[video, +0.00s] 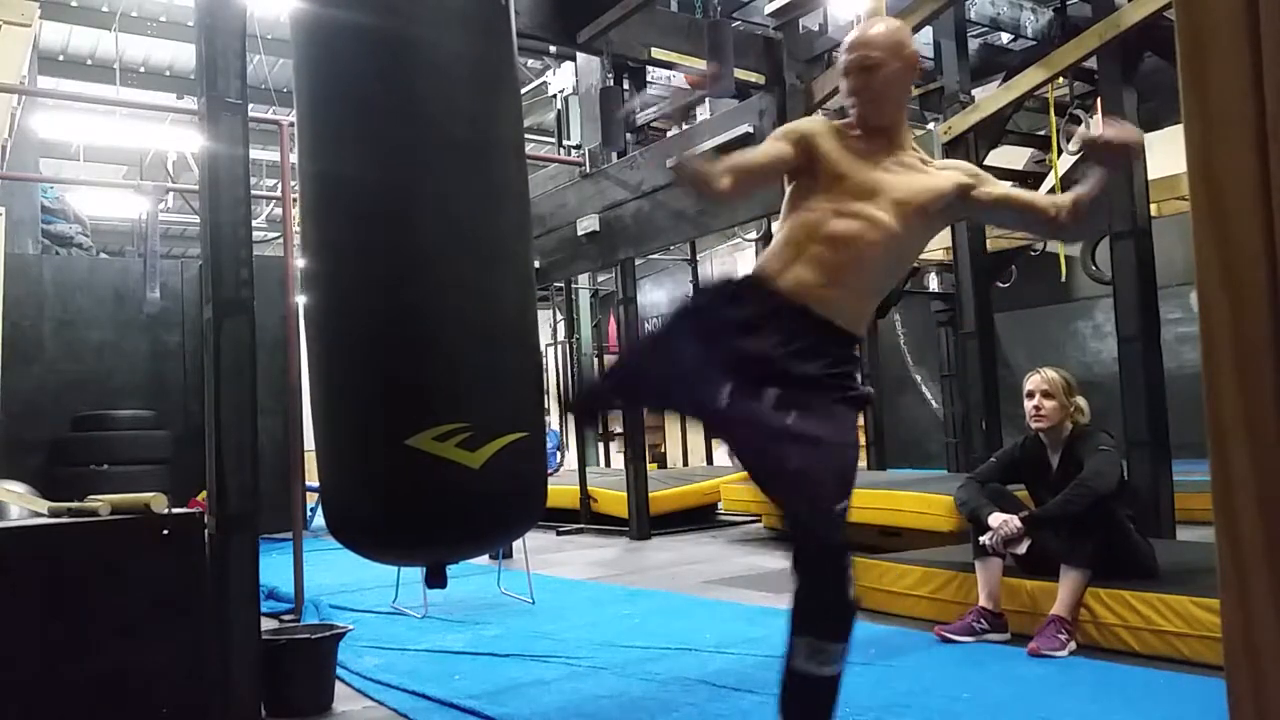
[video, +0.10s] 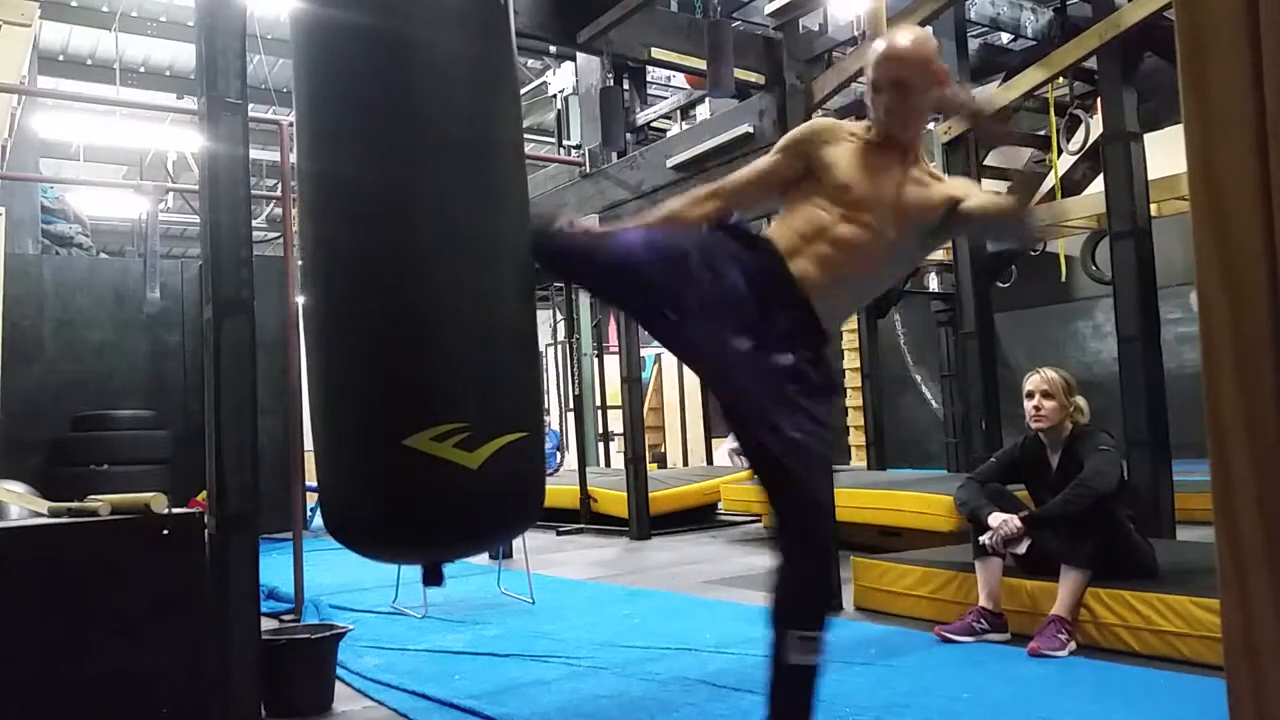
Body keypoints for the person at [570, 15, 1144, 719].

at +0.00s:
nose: (848, 78)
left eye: (865, 63)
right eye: (844, 65)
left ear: (912, 74)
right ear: (839, 74)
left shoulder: (951, 179)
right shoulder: (811, 137)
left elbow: (1067, 214)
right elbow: (721, 181)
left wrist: (1107, 167)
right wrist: (679, 146)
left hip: (821, 365)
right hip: (739, 320)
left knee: (823, 545)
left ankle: (804, 713)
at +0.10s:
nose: (891, 97)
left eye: (908, 84)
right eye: (883, 82)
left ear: (939, 93)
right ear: (870, 84)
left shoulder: (942, 194)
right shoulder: (824, 140)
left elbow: (1019, 222)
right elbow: (714, 199)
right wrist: (613, 233)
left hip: (796, 356)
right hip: (736, 276)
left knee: (811, 539)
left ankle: (789, 713)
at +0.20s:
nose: (883, 94)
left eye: (900, 82)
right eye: (882, 79)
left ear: (933, 103)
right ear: (871, 85)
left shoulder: (944, 222)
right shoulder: (820, 137)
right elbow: (729, 201)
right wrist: (644, 218)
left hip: (764, 354)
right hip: (701, 263)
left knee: (767, 541)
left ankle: (762, 714)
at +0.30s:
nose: (859, 89)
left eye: (878, 77)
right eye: (855, 72)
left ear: (924, 82)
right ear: (843, 73)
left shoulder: (928, 199)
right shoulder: (801, 131)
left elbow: (860, 247)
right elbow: (721, 182)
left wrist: (839, 121)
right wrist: (644, 165)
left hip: (763, 364)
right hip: (688, 286)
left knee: (754, 572)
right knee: (549, 284)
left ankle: (748, 714)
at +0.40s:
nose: (827, 70)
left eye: (846, 59)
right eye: (824, 57)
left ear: (891, 68)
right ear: (816, 63)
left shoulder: (917, 181)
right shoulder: (779, 136)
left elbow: (876, 249)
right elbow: (674, 180)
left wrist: (834, 131)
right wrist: (589, 138)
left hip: (772, 365)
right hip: (687, 308)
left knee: (751, 572)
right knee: (544, 368)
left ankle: (741, 715)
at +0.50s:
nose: (798, 50)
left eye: (818, 40)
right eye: (792, 38)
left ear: (862, 55)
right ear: (780, 53)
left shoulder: (893, 170)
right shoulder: (750, 149)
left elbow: (891, 257)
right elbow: (651, 202)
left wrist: (824, 147)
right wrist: (569, 167)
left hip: (771, 368)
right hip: (686, 331)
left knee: (747, 574)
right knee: (567, 464)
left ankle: (740, 716)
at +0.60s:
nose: (755, 54)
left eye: (774, 40)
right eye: (751, 44)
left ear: (822, 53)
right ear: (746, 59)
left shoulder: (857, 158)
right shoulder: (727, 154)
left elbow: (863, 263)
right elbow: (648, 241)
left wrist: (784, 161)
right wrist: (566, 239)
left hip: (767, 367)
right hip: (685, 354)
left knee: (738, 556)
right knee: (623, 520)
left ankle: (733, 711)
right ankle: (693, 648)